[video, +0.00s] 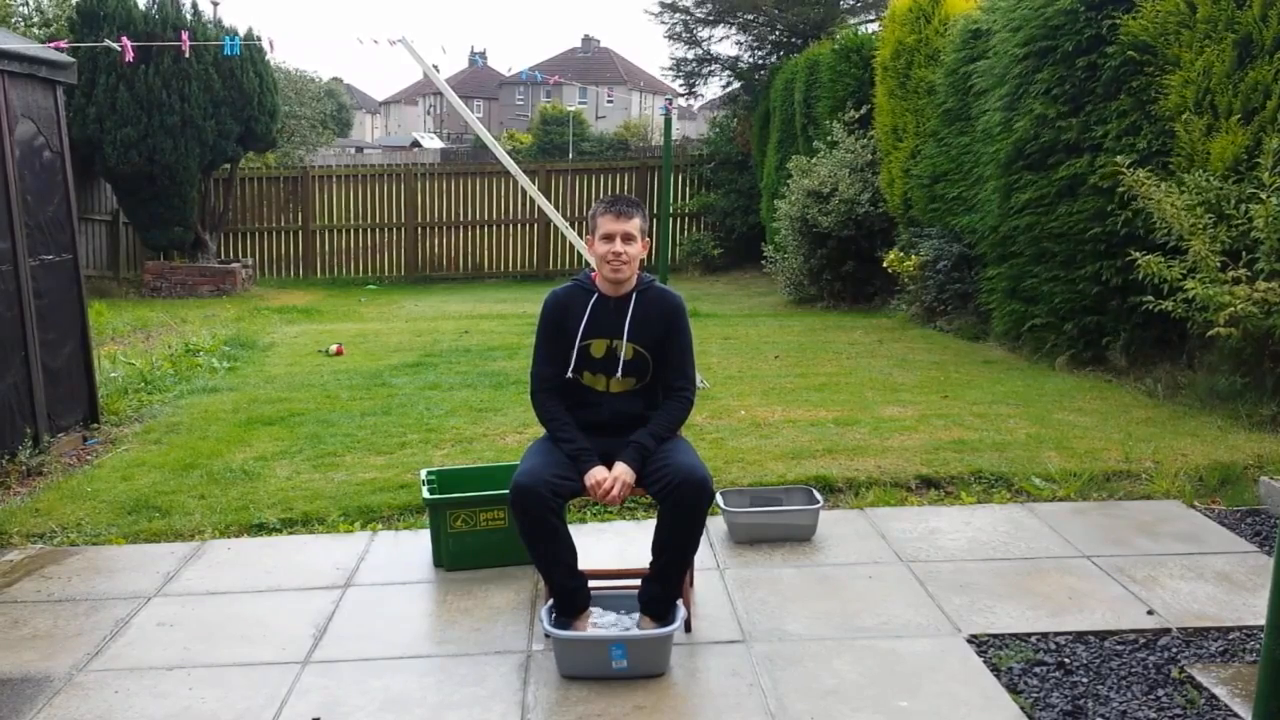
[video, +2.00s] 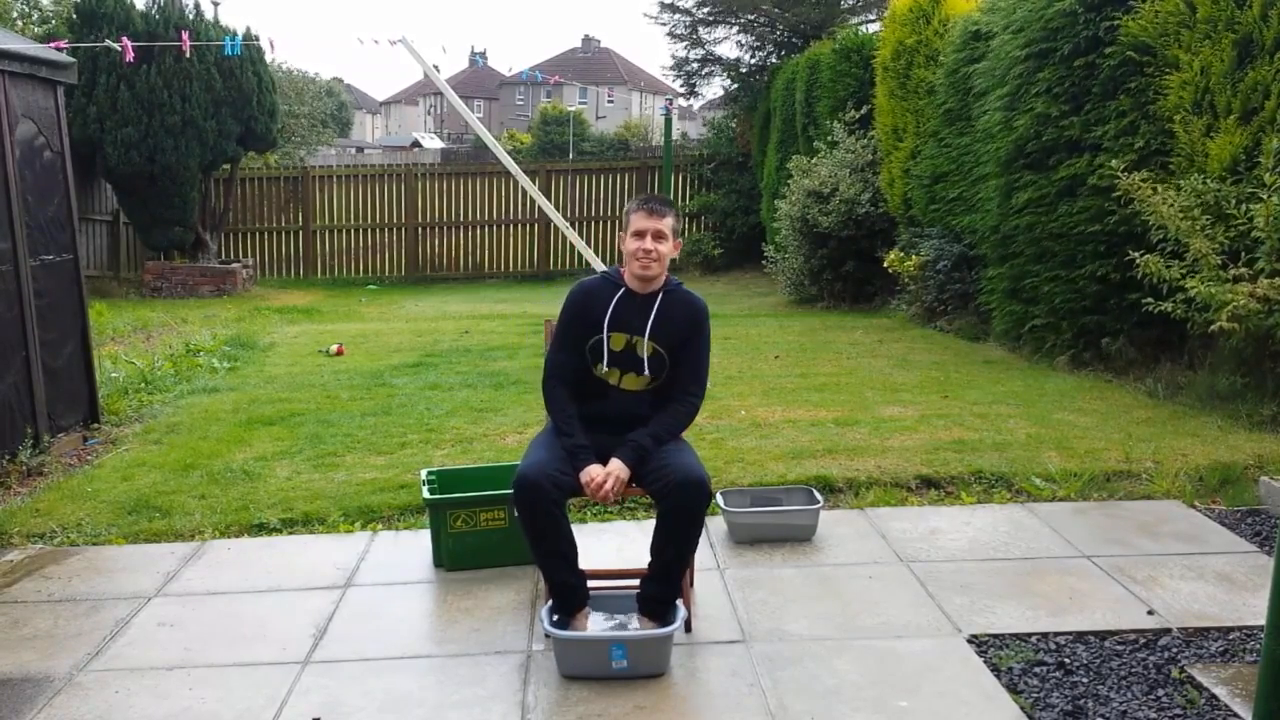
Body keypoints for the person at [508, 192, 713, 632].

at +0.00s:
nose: (617, 249)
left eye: (628, 239)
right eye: (606, 239)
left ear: (644, 248)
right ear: (589, 246)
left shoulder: (666, 306)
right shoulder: (562, 304)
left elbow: (680, 395)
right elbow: (544, 392)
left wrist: (632, 458)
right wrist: (587, 461)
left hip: (648, 435)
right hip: (574, 437)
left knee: (693, 485)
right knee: (528, 489)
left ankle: (657, 606)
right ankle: (573, 606)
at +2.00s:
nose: (647, 246)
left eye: (658, 237)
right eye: (638, 236)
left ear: (675, 248)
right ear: (622, 243)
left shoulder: (689, 311)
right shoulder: (587, 296)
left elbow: (687, 400)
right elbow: (555, 381)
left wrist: (629, 456)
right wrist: (584, 458)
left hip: (651, 434)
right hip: (579, 431)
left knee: (691, 486)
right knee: (532, 482)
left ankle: (656, 605)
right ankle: (571, 605)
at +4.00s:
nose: (588, 244)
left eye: (601, 234)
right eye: (586, 233)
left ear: (637, 245)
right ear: (582, 237)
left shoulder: (667, 305)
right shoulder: (566, 300)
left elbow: (678, 393)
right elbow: (552, 390)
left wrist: (634, 459)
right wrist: (588, 463)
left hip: (648, 434)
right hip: (576, 435)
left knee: (693, 484)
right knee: (533, 487)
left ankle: (658, 604)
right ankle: (574, 604)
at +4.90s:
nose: (627, 255)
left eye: (638, 245)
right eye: (617, 242)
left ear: (651, 250)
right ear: (596, 242)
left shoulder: (666, 306)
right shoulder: (565, 303)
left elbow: (676, 394)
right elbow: (551, 392)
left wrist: (634, 460)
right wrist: (587, 464)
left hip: (648, 436)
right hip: (575, 437)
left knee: (692, 484)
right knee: (530, 487)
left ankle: (658, 605)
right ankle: (573, 605)